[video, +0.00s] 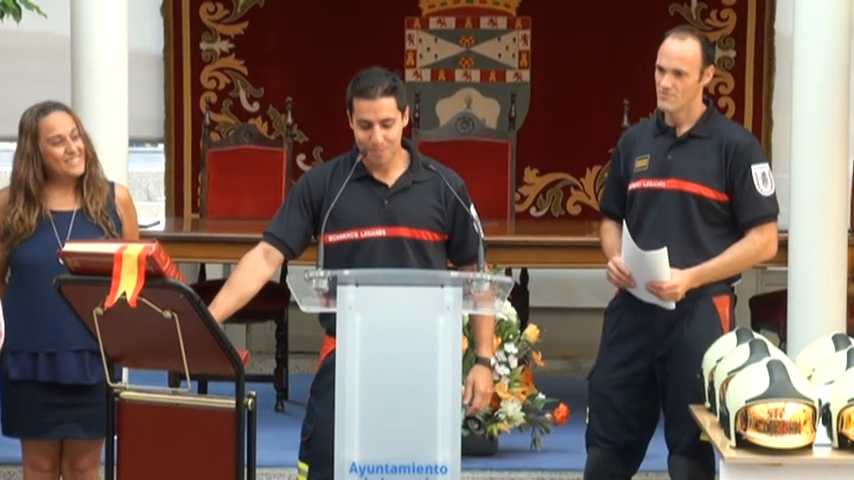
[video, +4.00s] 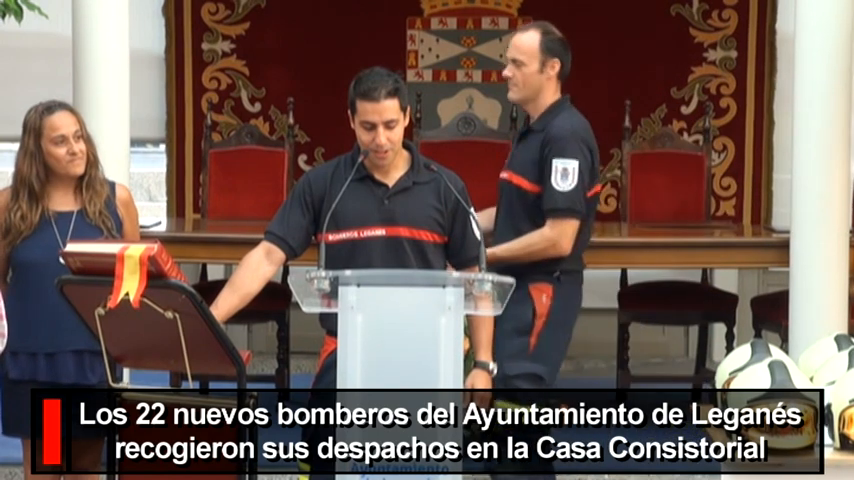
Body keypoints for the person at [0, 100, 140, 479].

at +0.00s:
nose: (73, 147)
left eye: (76, 135)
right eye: (58, 141)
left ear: (84, 137)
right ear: (35, 151)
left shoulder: (116, 198)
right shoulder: (10, 204)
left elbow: (135, 276)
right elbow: (1, 280)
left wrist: (128, 346)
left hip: (93, 358)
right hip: (30, 358)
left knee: (85, 466)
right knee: (40, 467)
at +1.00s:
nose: (74, 146)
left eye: (78, 135)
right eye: (59, 139)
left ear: (86, 139)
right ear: (37, 149)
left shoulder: (116, 198)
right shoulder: (10, 203)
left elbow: (135, 275)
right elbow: (2, 279)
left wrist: (129, 347)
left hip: (93, 358)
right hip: (31, 358)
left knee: (85, 466)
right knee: (41, 466)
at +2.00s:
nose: (72, 148)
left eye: (77, 136)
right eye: (57, 141)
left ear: (85, 140)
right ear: (36, 149)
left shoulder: (115, 199)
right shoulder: (11, 203)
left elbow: (133, 277)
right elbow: (3, 279)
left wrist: (127, 346)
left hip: (92, 359)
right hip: (26, 359)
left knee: (88, 466)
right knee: (40, 467)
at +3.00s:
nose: (73, 148)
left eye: (77, 136)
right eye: (58, 141)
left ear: (85, 139)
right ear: (35, 150)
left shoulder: (114, 200)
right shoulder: (10, 203)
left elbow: (132, 280)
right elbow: (1, 282)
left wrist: (126, 350)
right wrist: (2, 346)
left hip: (92, 362)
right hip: (27, 362)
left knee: (87, 467)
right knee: (40, 469)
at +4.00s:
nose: (75, 148)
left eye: (79, 136)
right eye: (61, 141)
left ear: (87, 139)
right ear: (37, 150)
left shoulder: (117, 199)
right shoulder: (11, 204)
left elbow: (134, 278)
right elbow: (2, 279)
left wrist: (127, 348)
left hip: (94, 360)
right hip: (30, 361)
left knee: (88, 467)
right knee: (42, 468)